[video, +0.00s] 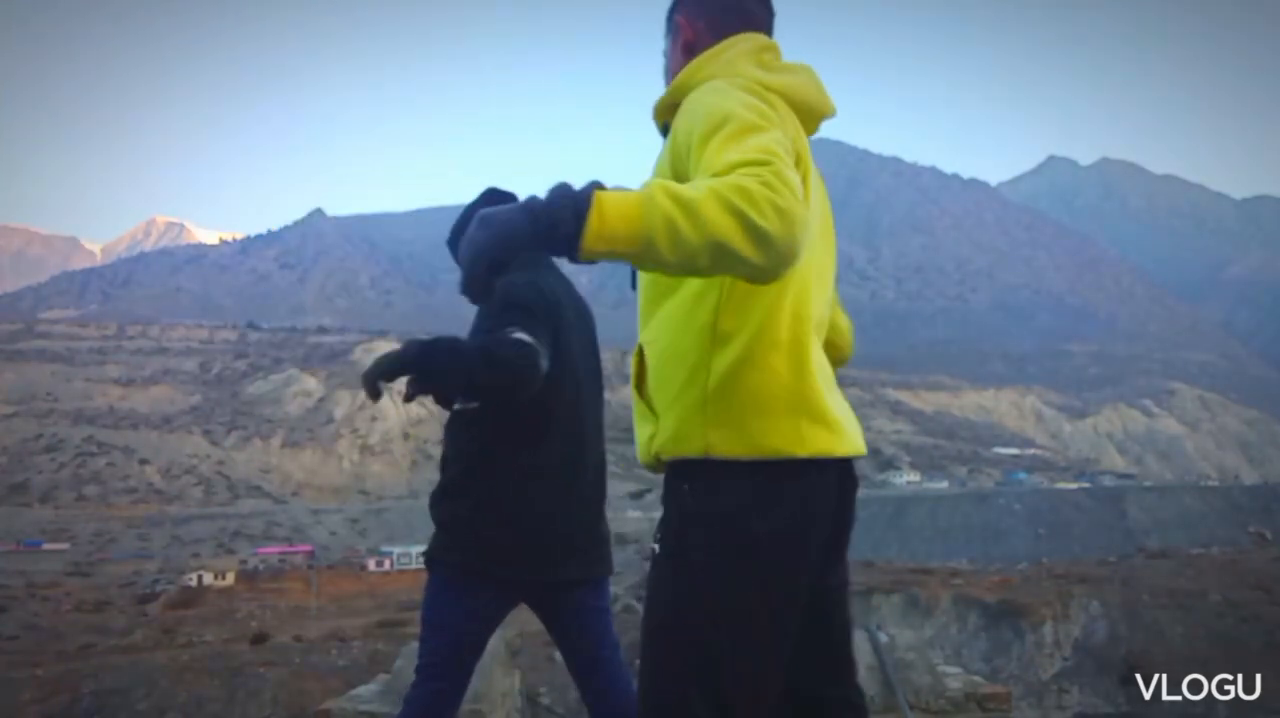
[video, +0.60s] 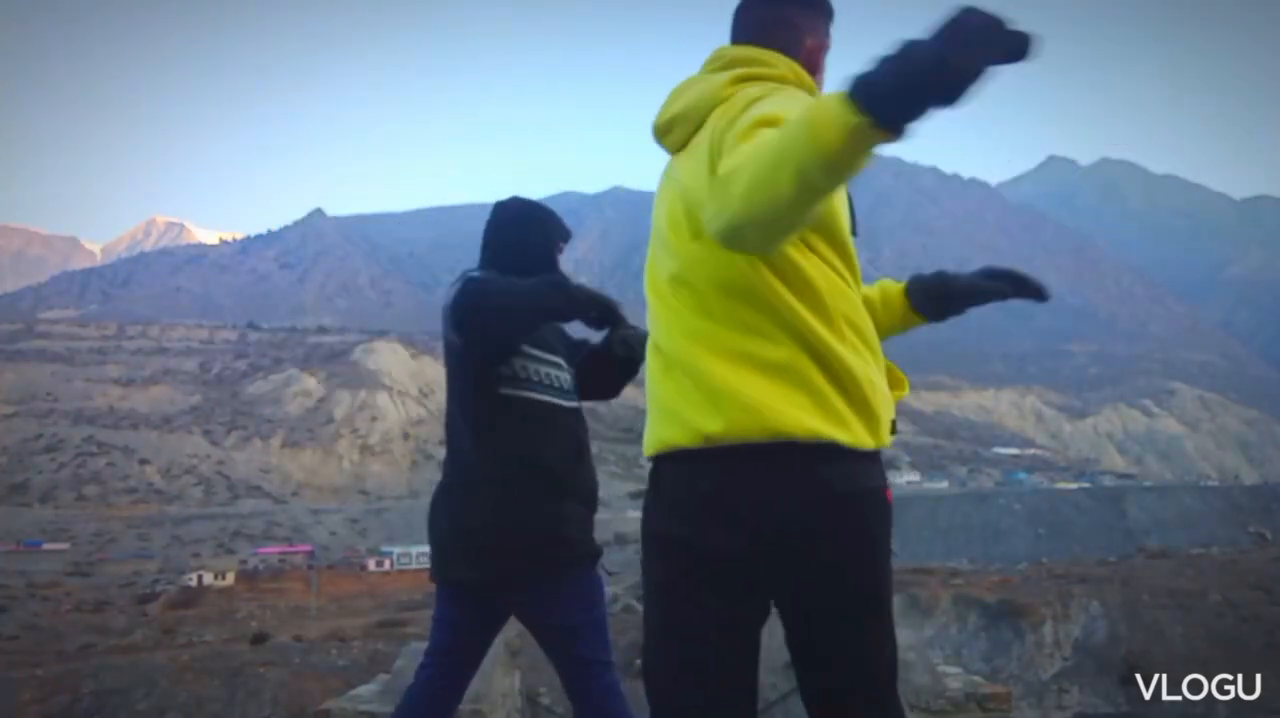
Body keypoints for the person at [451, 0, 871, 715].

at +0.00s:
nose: (665, 56)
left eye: (667, 38)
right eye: (667, 40)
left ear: (686, 34)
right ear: (756, 37)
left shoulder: (725, 100)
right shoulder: (781, 130)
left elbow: (762, 222)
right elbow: (830, 332)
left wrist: (556, 220)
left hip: (741, 469)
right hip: (804, 465)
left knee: (692, 695)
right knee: (814, 693)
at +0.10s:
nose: (690, 62)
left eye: (692, 50)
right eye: (696, 51)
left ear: (707, 41)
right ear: (784, 48)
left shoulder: (717, 107)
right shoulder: (833, 161)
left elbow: (667, 218)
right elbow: (913, 321)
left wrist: (467, 221)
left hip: (745, 478)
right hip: (852, 476)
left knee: (704, 700)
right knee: (867, 696)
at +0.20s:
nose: (712, 59)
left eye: (714, 49)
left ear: (723, 49)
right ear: (809, 56)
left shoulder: (687, 132)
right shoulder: (867, 160)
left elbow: (549, 237)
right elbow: (996, 289)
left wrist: (421, 253)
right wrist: (1029, 292)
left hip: (739, 494)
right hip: (872, 489)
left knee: (711, 701)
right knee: (890, 696)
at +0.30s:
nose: (818, 56)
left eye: (801, 49)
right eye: (822, 47)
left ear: (733, 50)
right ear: (821, 52)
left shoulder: (658, 155)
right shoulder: (874, 145)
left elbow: (533, 269)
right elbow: (1026, 230)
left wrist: (497, 287)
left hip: (728, 493)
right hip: (872, 486)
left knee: (716, 699)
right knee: (891, 695)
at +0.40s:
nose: (837, 62)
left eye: (829, 52)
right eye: (837, 53)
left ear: (743, 49)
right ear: (827, 51)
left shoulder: (657, 175)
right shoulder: (850, 131)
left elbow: (597, 314)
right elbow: (1017, 210)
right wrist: (1217, 149)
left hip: (717, 491)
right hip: (858, 482)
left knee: (715, 707)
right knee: (887, 704)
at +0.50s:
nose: (837, 60)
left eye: (835, 48)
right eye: (837, 48)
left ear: (751, 44)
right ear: (821, 47)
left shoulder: (687, 160)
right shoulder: (805, 115)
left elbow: (705, 306)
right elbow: (881, 198)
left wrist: (851, 319)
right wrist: (1100, 100)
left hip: (705, 478)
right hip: (834, 469)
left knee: (705, 697)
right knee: (869, 698)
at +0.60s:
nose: (823, 60)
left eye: (823, 45)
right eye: (824, 45)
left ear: (737, 41)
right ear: (811, 45)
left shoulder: (692, 149)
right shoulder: (770, 104)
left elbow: (796, 323)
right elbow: (740, 208)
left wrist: (926, 297)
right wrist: (887, 95)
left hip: (697, 467)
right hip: (814, 461)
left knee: (696, 699)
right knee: (857, 700)